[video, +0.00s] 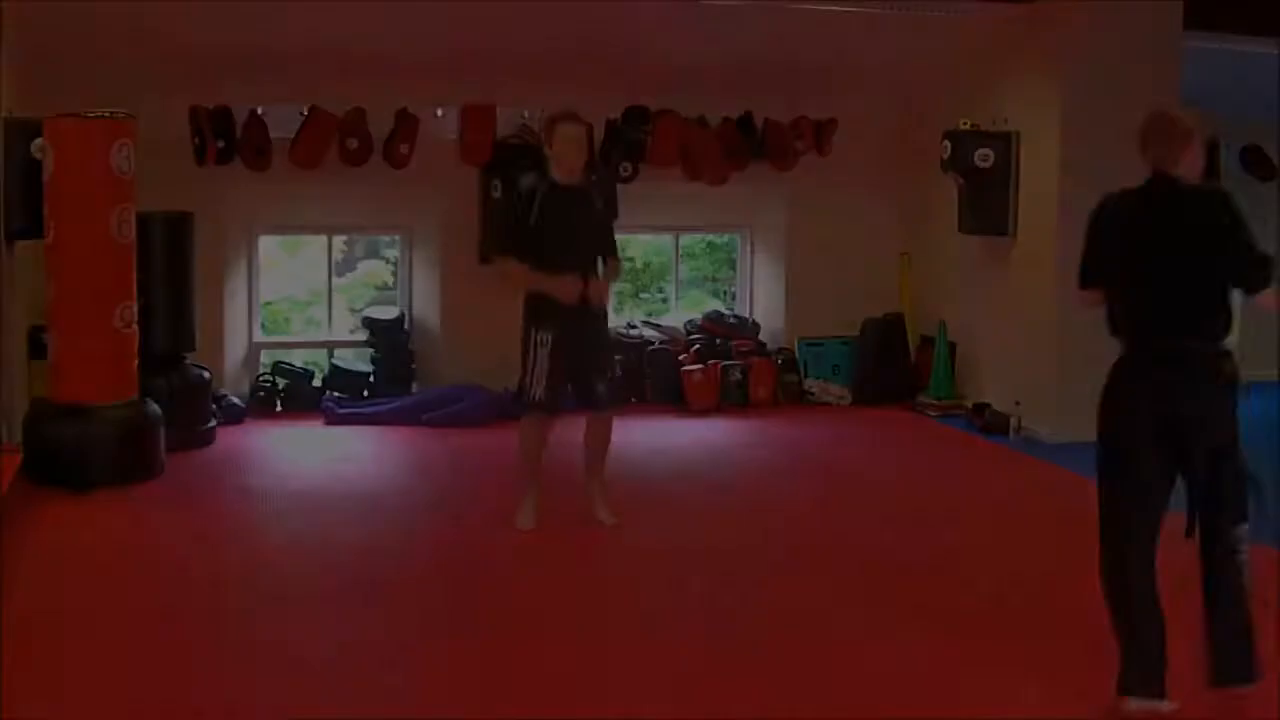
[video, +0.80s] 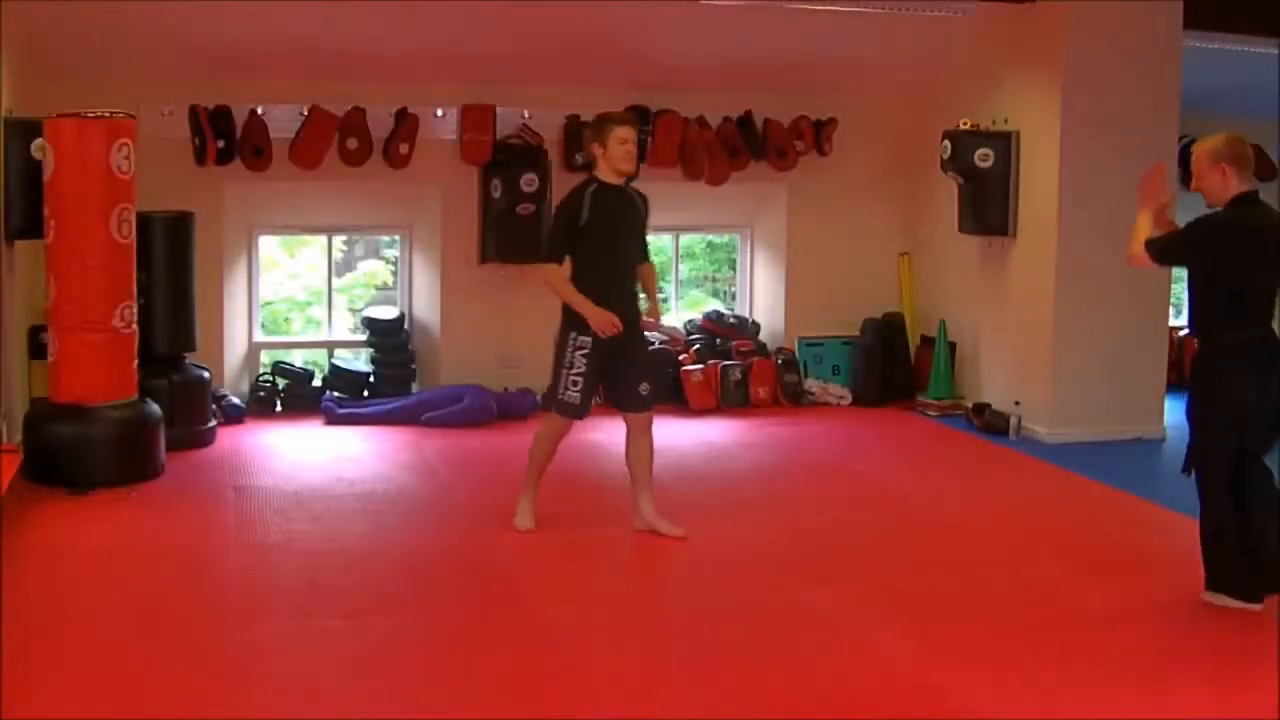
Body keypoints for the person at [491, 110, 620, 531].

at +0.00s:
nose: (572, 152)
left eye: (579, 143)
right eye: (564, 142)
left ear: (588, 149)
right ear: (548, 146)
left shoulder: (595, 198)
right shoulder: (528, 195)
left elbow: (612, 257)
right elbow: (507, 264)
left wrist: (604, 282)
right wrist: (552, 284)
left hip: (589, 312)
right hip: (545, 313)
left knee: (601, 405)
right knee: (537, 408)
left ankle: (596, 489)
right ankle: (529, 496)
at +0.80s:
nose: (633, 151)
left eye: (635, 144)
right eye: (623, 143)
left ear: (636, 150)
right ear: (597, 149)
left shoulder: (636, 202)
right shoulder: (577, 201)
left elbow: (641, 259)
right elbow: (550, 274)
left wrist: (652, 300)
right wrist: (592, 312)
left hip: (627, 326)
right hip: (584, 326)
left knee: (640, 418)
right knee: (560, 418)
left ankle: (645, 510)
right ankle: (527, 497)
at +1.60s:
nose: (715, 180)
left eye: (717, 172)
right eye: (712, 170)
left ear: (684, 165)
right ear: (684, 162)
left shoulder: (661, 206)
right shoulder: (644, 207)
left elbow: (631, 280)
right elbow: (600, 277)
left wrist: (640, 333)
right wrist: (596, 347)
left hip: (632, 332)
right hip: (616, 336)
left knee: (641, 428)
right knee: (622, 434)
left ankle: (625, 528)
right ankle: (614, 543)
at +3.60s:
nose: (702, 157)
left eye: (703, 149)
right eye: (695, 149)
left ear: (677, 154)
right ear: (668, 153)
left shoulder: (673, 203)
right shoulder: (648, 201)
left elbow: (656, 274)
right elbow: (603, 270)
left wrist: (665, 330)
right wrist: (602, 337)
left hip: (668, 332)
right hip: (638, 332)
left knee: (684, 427)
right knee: (628, 434)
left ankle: (690, 523)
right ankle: (600, 527)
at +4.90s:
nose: (726, 160)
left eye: (726, 152)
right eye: (719, 151)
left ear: (699, 155)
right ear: (692, 153)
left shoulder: (691, 202)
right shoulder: (664, 199)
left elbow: (666, 265)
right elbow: (621, 269)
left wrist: (629, 296)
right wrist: (622, 301)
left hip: (679, 329)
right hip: (653, 331)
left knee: (712, 414)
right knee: (658, 434)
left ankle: (682, 501)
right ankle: (629, 533)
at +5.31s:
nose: (777, 267)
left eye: (778, 259)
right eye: (774, 257)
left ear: (745, 254)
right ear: (749, 254)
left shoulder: (715, 283)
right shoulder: (700, 285)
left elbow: (660, 322)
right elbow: (636, 327)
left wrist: (613, 341)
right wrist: (604, 351)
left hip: (662, 370)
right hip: (640, 371)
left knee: (720, 429)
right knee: (675, 467)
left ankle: (684, 508)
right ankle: (607, 553)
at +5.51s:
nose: (774, 297)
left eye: (774, 288)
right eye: (770, 287)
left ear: (739, 285)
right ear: (743, 286)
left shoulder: (704, 302)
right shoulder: (681, 321)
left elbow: (653, 328)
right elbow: (617, 355)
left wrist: (617, 348)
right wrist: (587, 365)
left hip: (653, 382)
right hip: (619, 388)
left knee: (690, 452)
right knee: (662, 481)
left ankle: (683, 512)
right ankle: (603, 578)